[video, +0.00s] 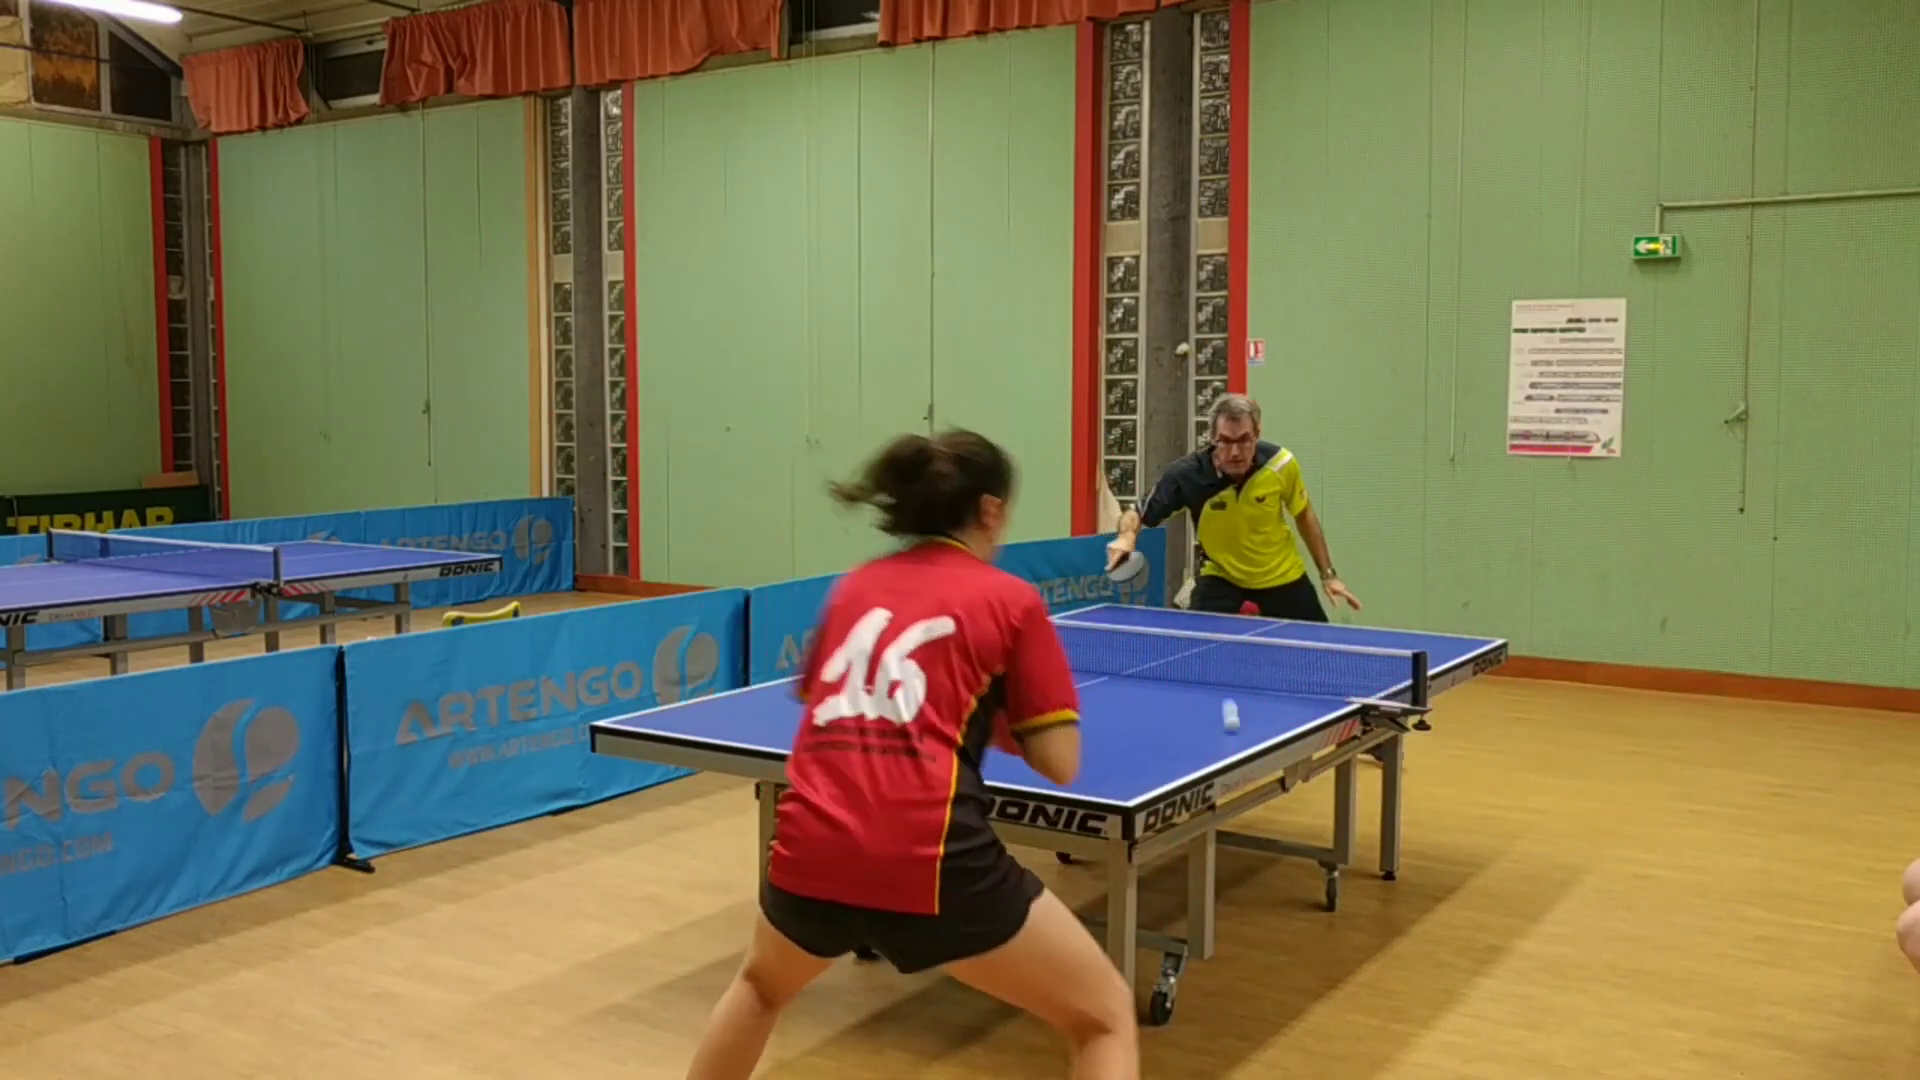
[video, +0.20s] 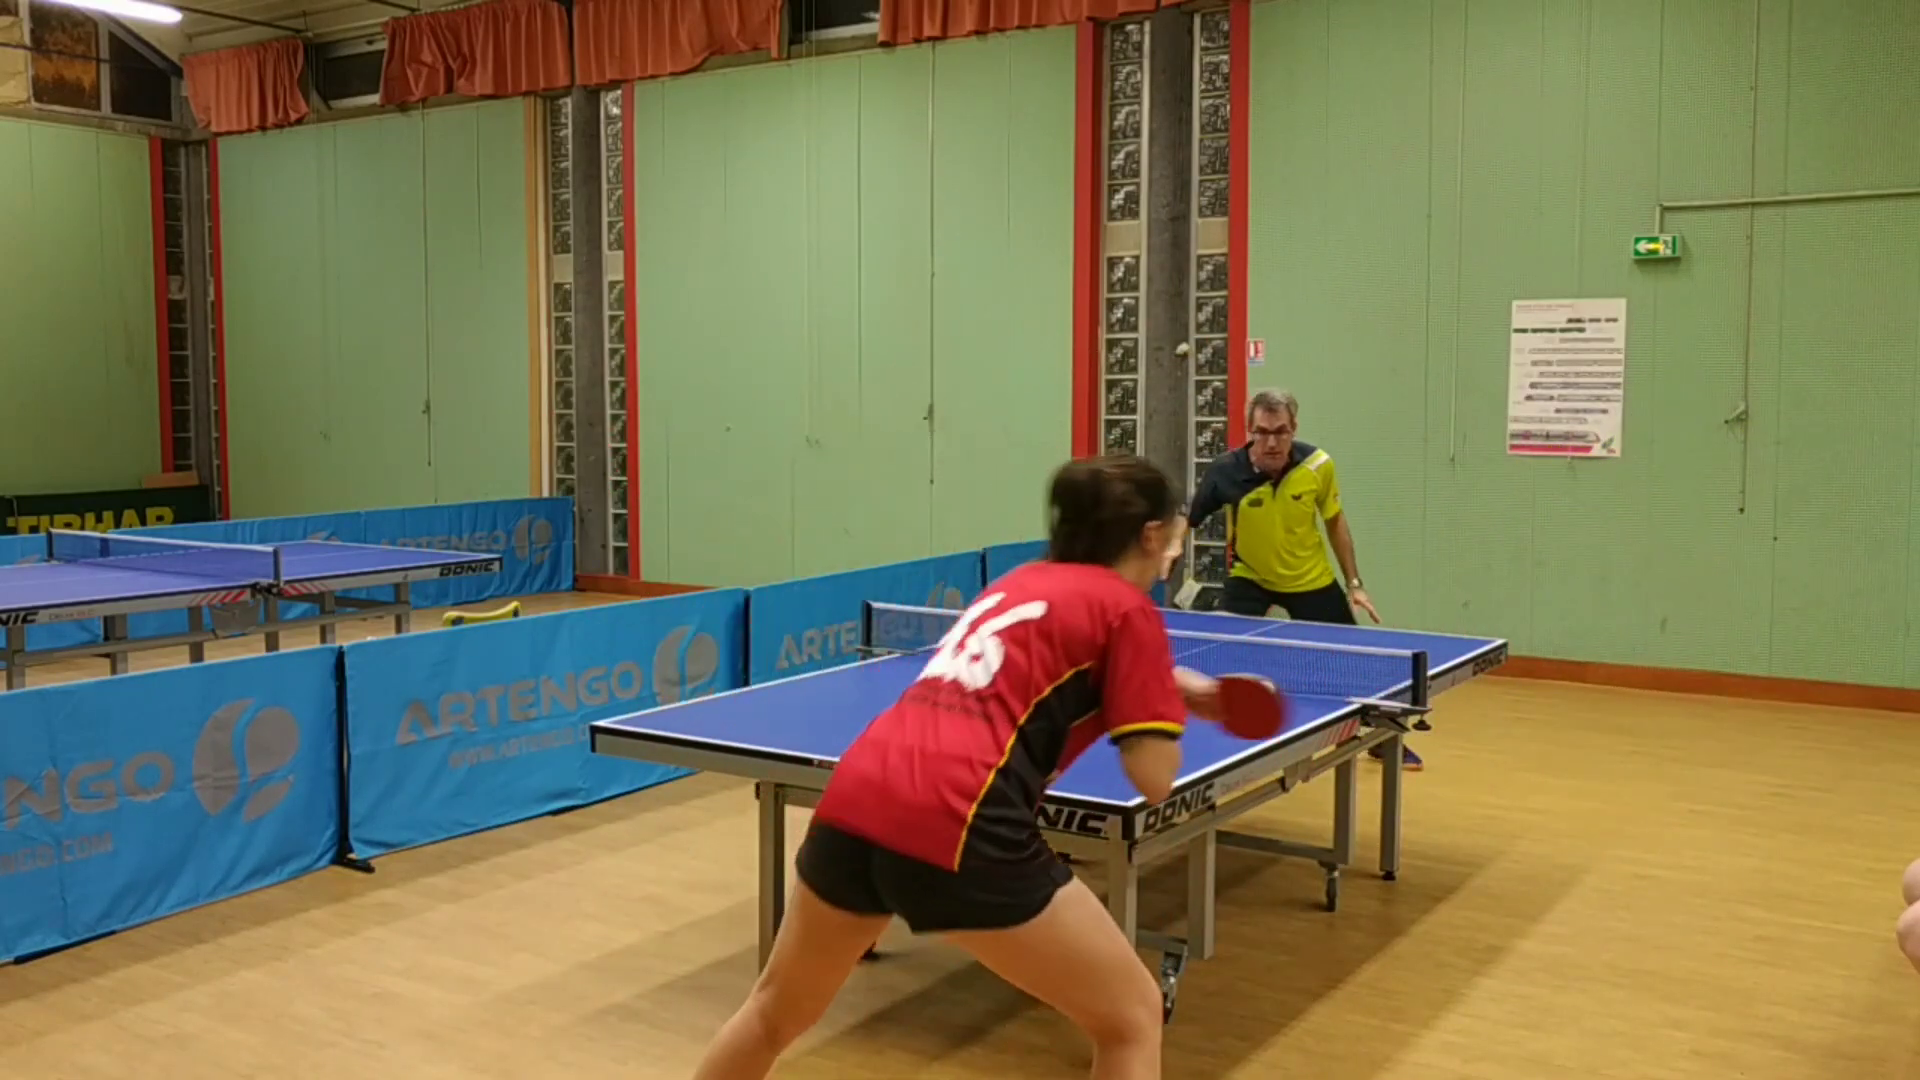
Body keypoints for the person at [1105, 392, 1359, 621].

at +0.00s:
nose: (1235, 451)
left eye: (1243, 441)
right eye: (1225, 441)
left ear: (1257, 435)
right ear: (1212, 437)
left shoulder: (1279, 464)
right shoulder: (1187, 474)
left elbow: (1304, 516)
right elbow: (1136, 516)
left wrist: (1328, 575)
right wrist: (1125, 539)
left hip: (1282, 576)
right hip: (1222, 576)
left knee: (1325, 653)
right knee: (1196, 650)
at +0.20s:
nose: (1270, 442)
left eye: (1279, 432)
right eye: (1261, 432)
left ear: (1293, 430)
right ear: (1248, 431)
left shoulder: (1316, 466)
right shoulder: (1226, 472)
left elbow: (1335, 523)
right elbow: (1188, 521)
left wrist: (1354, 585)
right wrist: (1166, 558)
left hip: (1311, 582)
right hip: (1249, 581)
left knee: (1354, 657)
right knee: (1215, 654)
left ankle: (1386, 738)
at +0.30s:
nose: (1288, 436)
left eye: (1296, 427)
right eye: (1280, 427)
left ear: (1311, 424)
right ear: (1268, 425)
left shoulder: (1335, 459)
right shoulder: (1244, 468)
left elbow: (1354, 521)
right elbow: (1210, 522)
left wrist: (1369, 583)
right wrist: (1189, 578)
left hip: (1328, 579)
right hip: (1267, 578)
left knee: (1366, 654)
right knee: (1229, 647)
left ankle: (1386, 737)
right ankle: (1217, 744)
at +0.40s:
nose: (1300, 432)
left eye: (1308, 422)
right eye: (1291, 422)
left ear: (1322, 418)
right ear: (1279, 420)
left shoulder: (1345, 454)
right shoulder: (1256, 461)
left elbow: (1365, 515)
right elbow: (1228, 510)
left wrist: (1378, 577)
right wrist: (1229, 545)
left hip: (1336, 574)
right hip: (1276, 572)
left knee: (1370, 652)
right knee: (1234, 638)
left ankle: (1385, 738)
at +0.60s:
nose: (1316, 449)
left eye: (1324, 440)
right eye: (1307, 439)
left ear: (1337, 435)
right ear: (1293, 432)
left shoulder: (1352, 465)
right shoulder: (1265, 469)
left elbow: (1365, 521)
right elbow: (1233, 535)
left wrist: (1385, 580)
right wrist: (1275, 550)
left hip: (1334, 580)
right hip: (1274, 580)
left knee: (1376, 652)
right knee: (1237, 646)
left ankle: (1386, 737)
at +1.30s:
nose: (1295, 447)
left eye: (1304, 438)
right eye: (1288, 437)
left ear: (1322, 433)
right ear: (1279, 434)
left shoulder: (1344, 465)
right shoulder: (1258, 473)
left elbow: (1356, 519)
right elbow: (1230, 537)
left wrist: (1376, 577)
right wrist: (1244, 585)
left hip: (1337, 577)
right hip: (1278, 579)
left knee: (1386, 645)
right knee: (1253, 647)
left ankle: (1406, 730)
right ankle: (1242, 740)